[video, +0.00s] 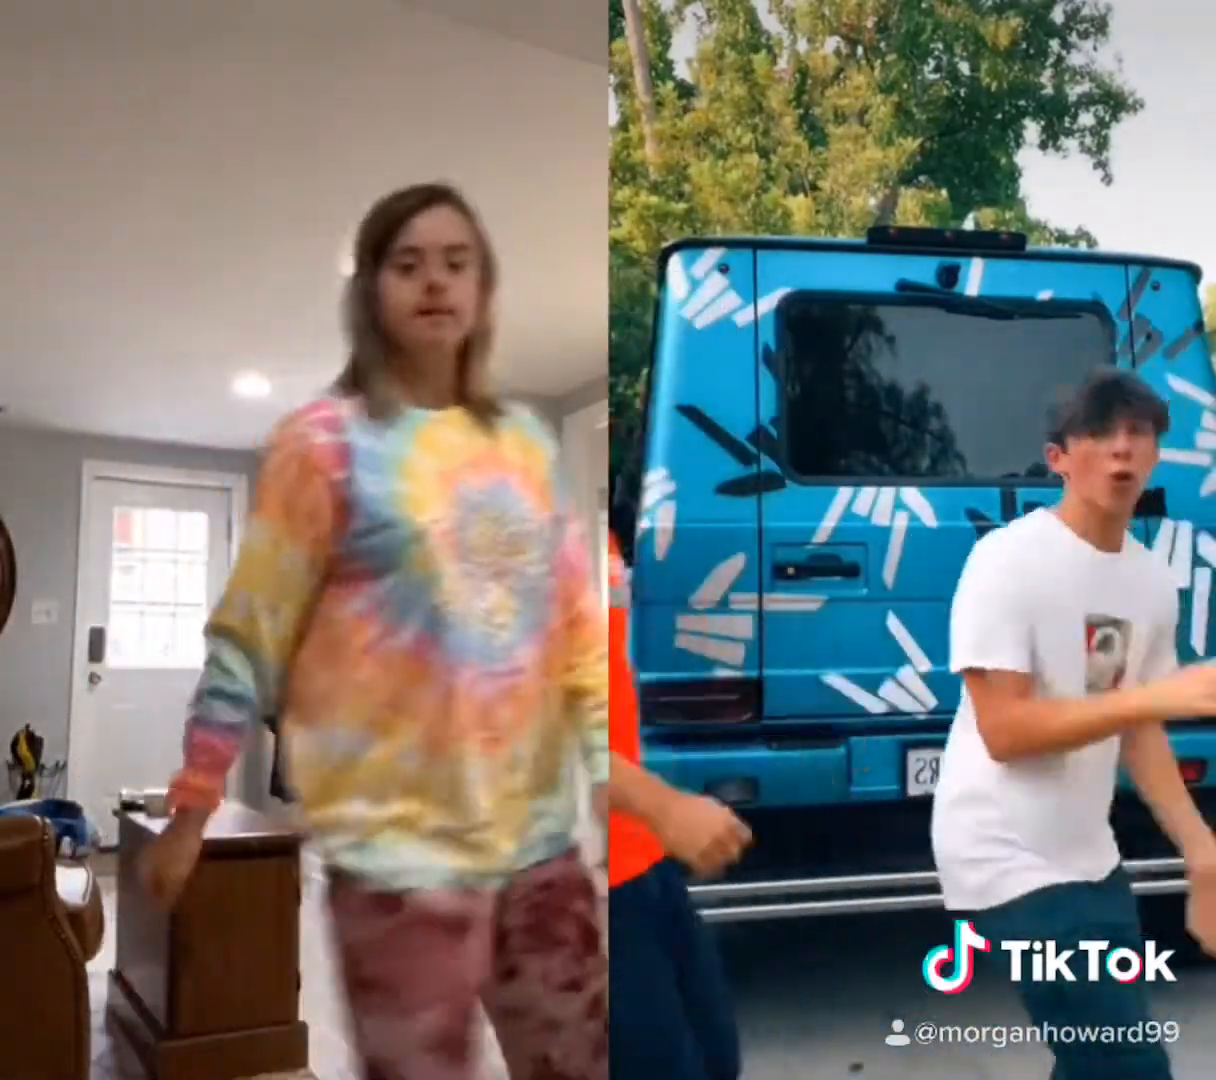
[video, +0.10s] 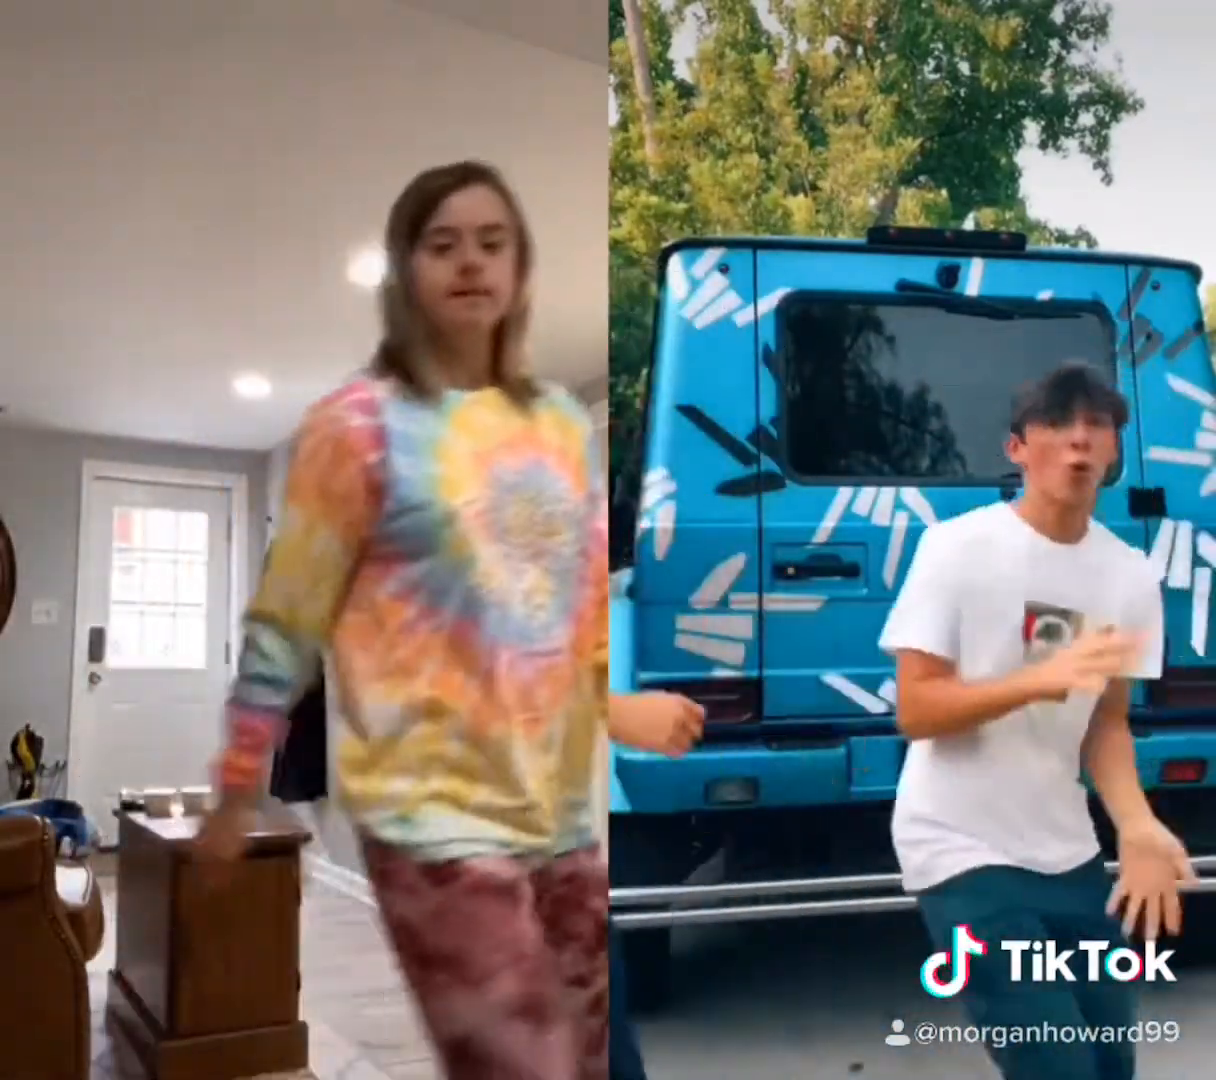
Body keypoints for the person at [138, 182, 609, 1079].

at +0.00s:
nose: (435, 281)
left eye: (457, 260)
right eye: (407, 262)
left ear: (485, 291)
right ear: (369, 290)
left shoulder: (526, 443)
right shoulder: (324, 441)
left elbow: (574, 654)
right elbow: (246, 637)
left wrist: (655, 799)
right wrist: (189, 814)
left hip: (542, 839)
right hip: (397, 846)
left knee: (576, 1067)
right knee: (419, 1067)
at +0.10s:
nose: (470, 263)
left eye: (492, 242)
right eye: (442, 244)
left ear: (522, 267)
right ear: (404, 273)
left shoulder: (563, 425)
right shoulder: (356, 425)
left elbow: (574, 607)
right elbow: (282, 630)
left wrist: (613, 704)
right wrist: (235, 804)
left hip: (561, 805)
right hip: (431, 811)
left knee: (579, 1062)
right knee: (524, 1063)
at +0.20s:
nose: (501, 254)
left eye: (523, 232)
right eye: (471, 234)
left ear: (551, 261)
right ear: (431, 261)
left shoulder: (585, 420)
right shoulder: (385, 421)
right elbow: (332, 628)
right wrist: (309, 801)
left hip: (582, 793)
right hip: (457, 801)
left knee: (582, 1053)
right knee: (563, 1056)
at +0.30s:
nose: (523, 249)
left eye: (546, 227)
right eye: (494, 229)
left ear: (575, 253)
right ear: (453, 256)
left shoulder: (590, 410)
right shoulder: (414, 406)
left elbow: (595, 594)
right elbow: (386, 626)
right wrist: (402, 818)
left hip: (593, 801)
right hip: (487, 814)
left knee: (581, 1057)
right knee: (571, 1060)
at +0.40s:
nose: (539, 239)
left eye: (561, 216)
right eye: (508, 220)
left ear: (591, 243)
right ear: (467, 246)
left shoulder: (575, 396)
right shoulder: (444, 389)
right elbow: (419, 622)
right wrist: (454, 828)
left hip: (590, 821)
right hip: (519, 830)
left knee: (581, 1060)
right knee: (570, 1064)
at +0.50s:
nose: (544, 233)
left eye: (565, 209)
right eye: (513, 213)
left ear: (593, 233)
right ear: (473, 239)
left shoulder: (541, 372)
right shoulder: (468, 358)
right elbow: (464, 591)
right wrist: (537, 798)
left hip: (544, 793)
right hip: (496, 806)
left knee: (565, 1058)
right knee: (561, 1061)